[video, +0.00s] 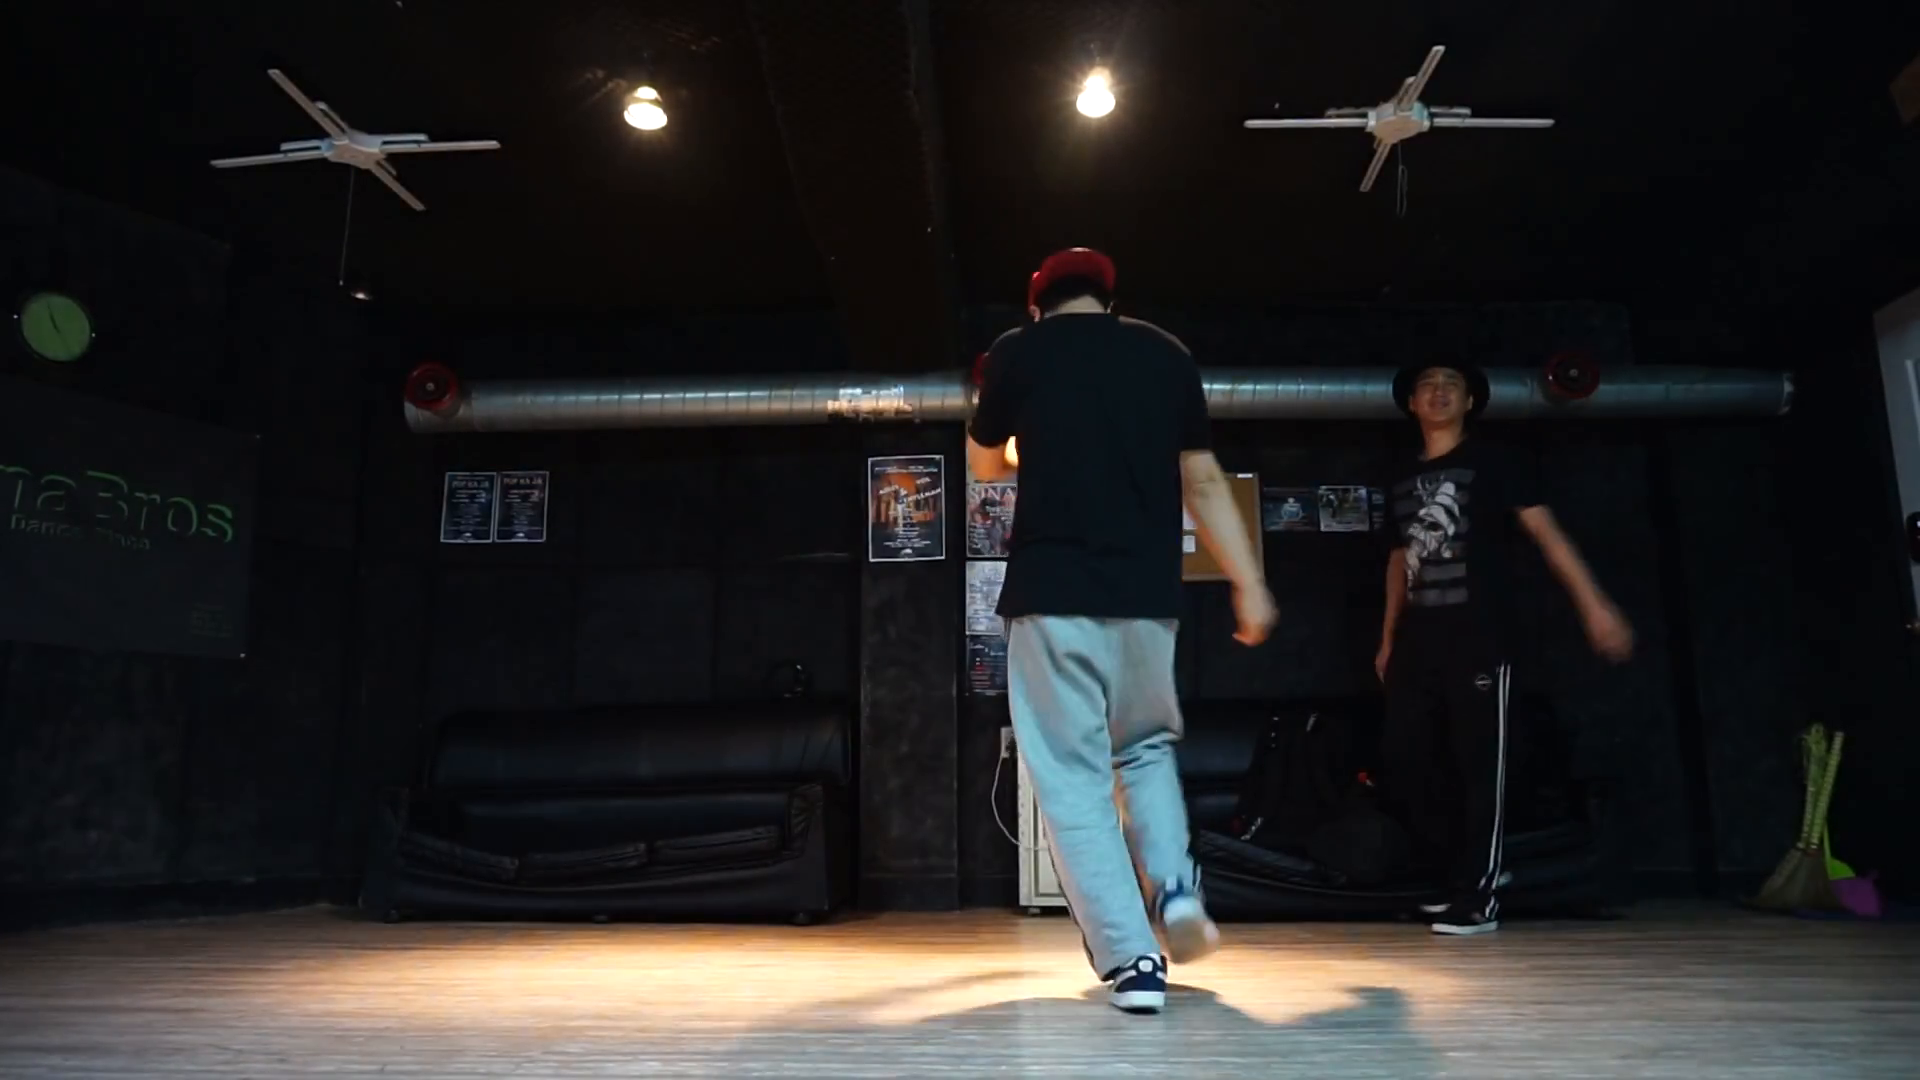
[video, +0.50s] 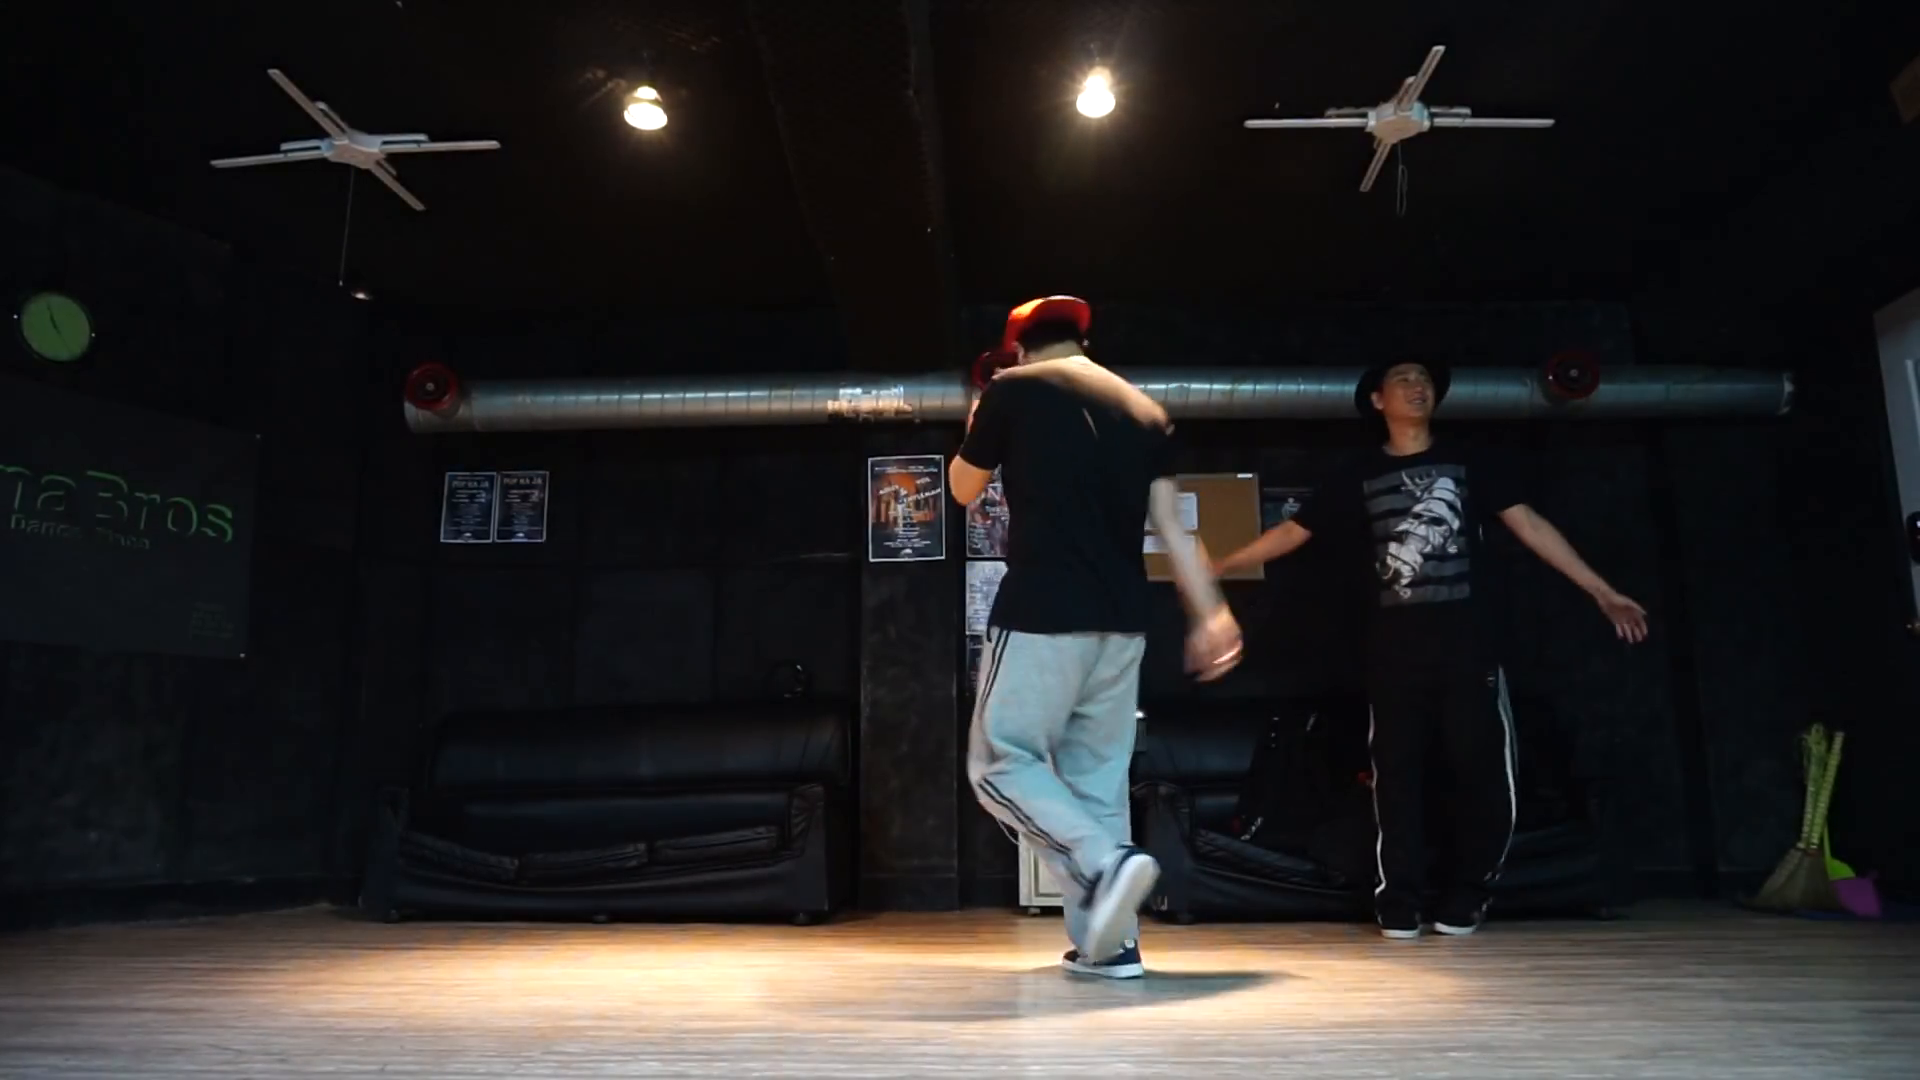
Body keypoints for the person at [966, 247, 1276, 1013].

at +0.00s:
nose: (1038, 320)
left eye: (1034, 309)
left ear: (1037, 307)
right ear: (1110, 299)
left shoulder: (1015, 355)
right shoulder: (1167, 356)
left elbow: (987, 461)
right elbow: (1202, 479)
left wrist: (1035, 433)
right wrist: (1247, 582)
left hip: (1051, 595)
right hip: (1147, 594)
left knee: (1073, 781)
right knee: (1148, 746)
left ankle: (1131, 962)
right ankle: (1176, 888)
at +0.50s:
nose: (1013, 363)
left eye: (1013, 355)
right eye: (1017, 356)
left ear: (1024, 350)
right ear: (1082, 343)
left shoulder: (1013, 390)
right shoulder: (1143, 409)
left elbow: (964, 487)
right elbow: (1172, 523)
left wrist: (988, 415)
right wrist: (1210, 611)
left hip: (1044, 614)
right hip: (1124, 618)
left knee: (1002, 762)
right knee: (1101, 777)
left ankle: (1104, 867)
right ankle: (1110, 944)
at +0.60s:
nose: (998, 362)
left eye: (998, 354)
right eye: (1000, 354)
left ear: (1006, 347)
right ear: (1068, 340)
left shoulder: (1013, 387)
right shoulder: (1116, 404)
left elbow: (959, 485)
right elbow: (1116, 516)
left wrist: (989, 414)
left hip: (1037, 608)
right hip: (1109, 615)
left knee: (981, 750)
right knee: (1092, 780)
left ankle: (1068, 875)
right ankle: (1112, 945)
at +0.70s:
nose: (984, 362)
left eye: (983, 354)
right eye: (984, 354)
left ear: (994, 346)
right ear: (1052, 339)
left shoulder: (1006, 390)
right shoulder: (1091, 395)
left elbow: (950, 478)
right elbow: (1073, 485)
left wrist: (970, 412)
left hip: (1030, 605)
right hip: (1100, 607)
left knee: (974, 753)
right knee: (1086, 776)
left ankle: (1028, 902)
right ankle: (1109, 942)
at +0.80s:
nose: (966, 371)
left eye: (964, 360)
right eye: (964, 361)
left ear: (976, 350)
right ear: (1030, 342)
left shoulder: (998, 399)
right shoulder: (1068, 399)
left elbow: (942, 488)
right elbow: (1005, 499)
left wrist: (978, 414)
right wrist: (944, 570)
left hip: (1018, 610)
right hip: (1084, 608)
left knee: (968, 766)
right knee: (1080, 772)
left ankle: (998, 926)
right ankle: (1109, 939)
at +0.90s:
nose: (948, 389)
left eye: (945, 377)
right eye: (944, 379)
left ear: (960, 364)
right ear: (1004, 354)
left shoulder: (987, 416)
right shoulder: (1047, 412)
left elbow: (937, 514)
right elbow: (970, 519)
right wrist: (886, 563)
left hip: (998, 626)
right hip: (1060, 625)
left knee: (956, 770)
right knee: (1057, 777)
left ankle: (994, 931)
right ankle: (1104, 932)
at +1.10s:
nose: (908, 396)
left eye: (909, 381)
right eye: (904, 385)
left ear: (936, 363)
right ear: (945, 362)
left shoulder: (964, 412)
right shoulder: (991, 414)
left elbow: (894, 495)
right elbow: (923, 526)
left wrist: (862, 546)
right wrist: (871, 592)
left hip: (963, 624)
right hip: (995, 622)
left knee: (937, 774)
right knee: (957, 763)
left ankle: (993, 933)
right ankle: (1046, 853)